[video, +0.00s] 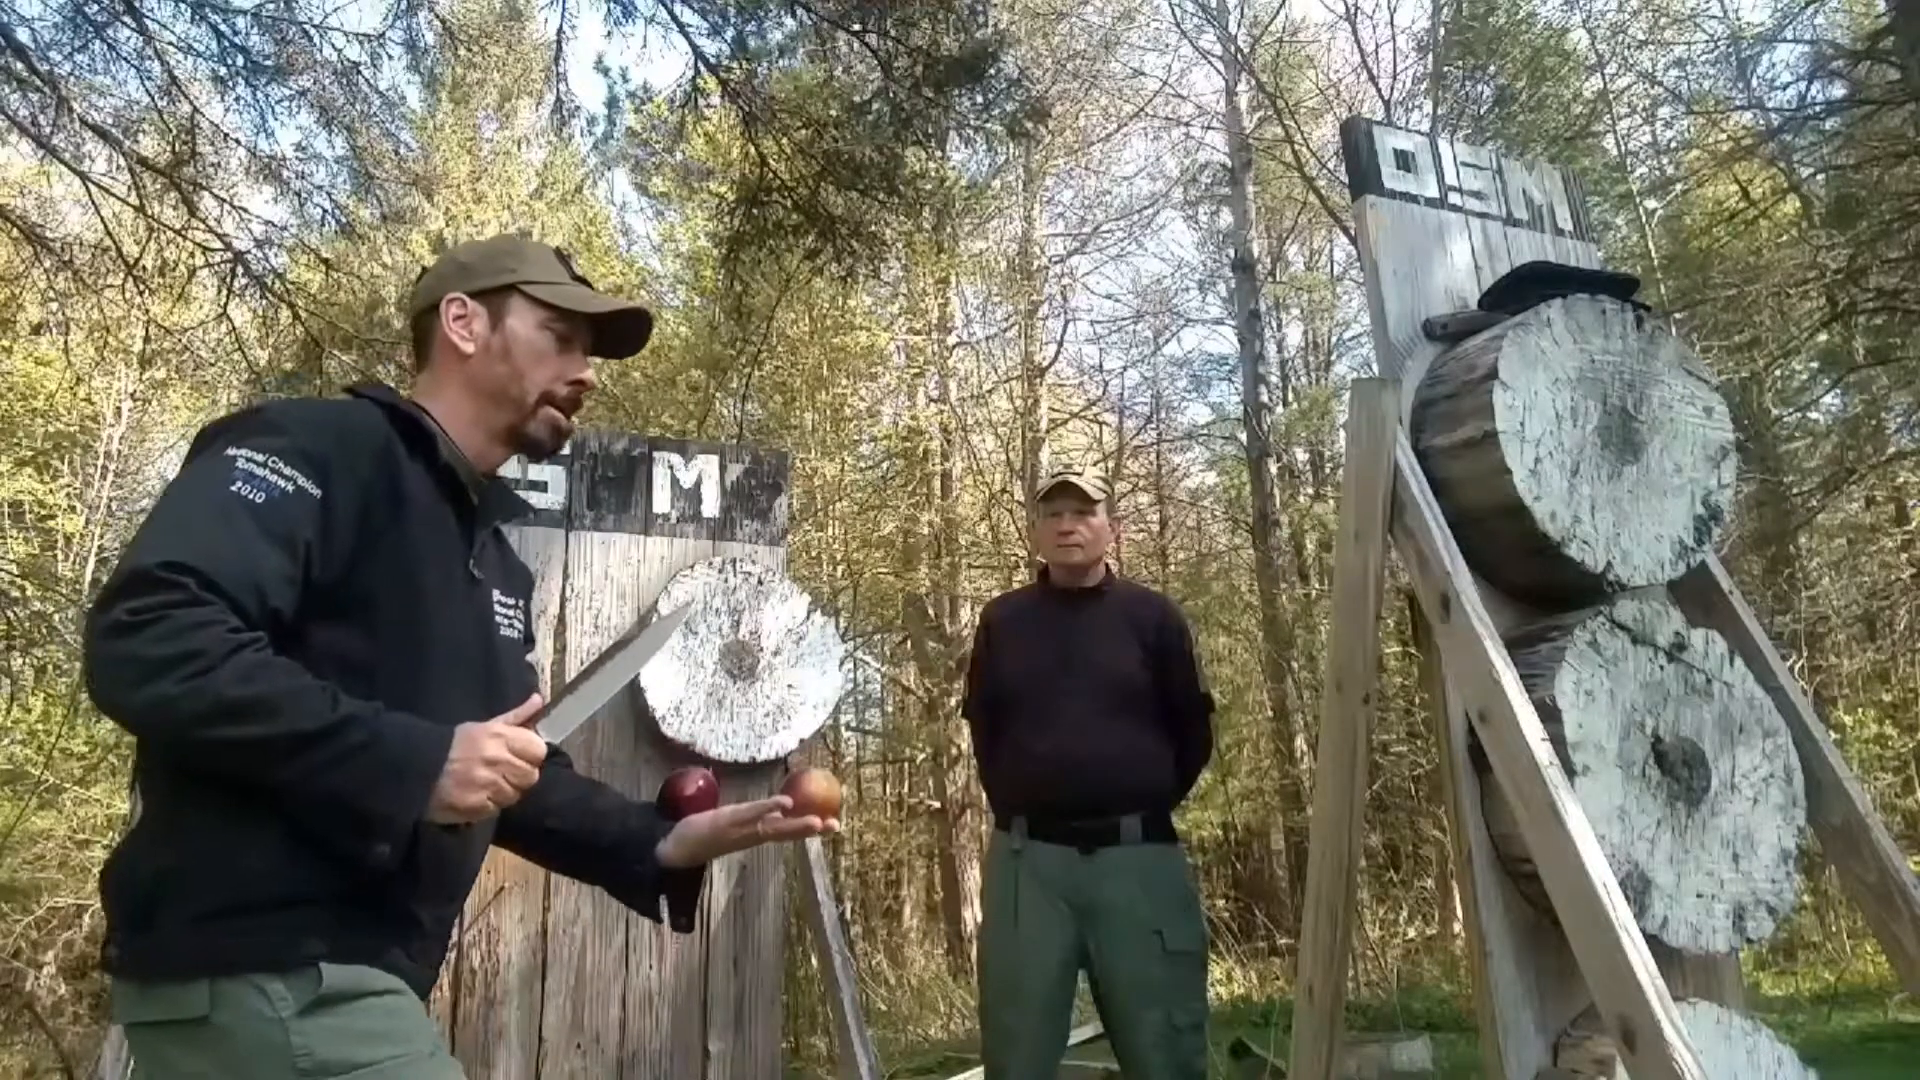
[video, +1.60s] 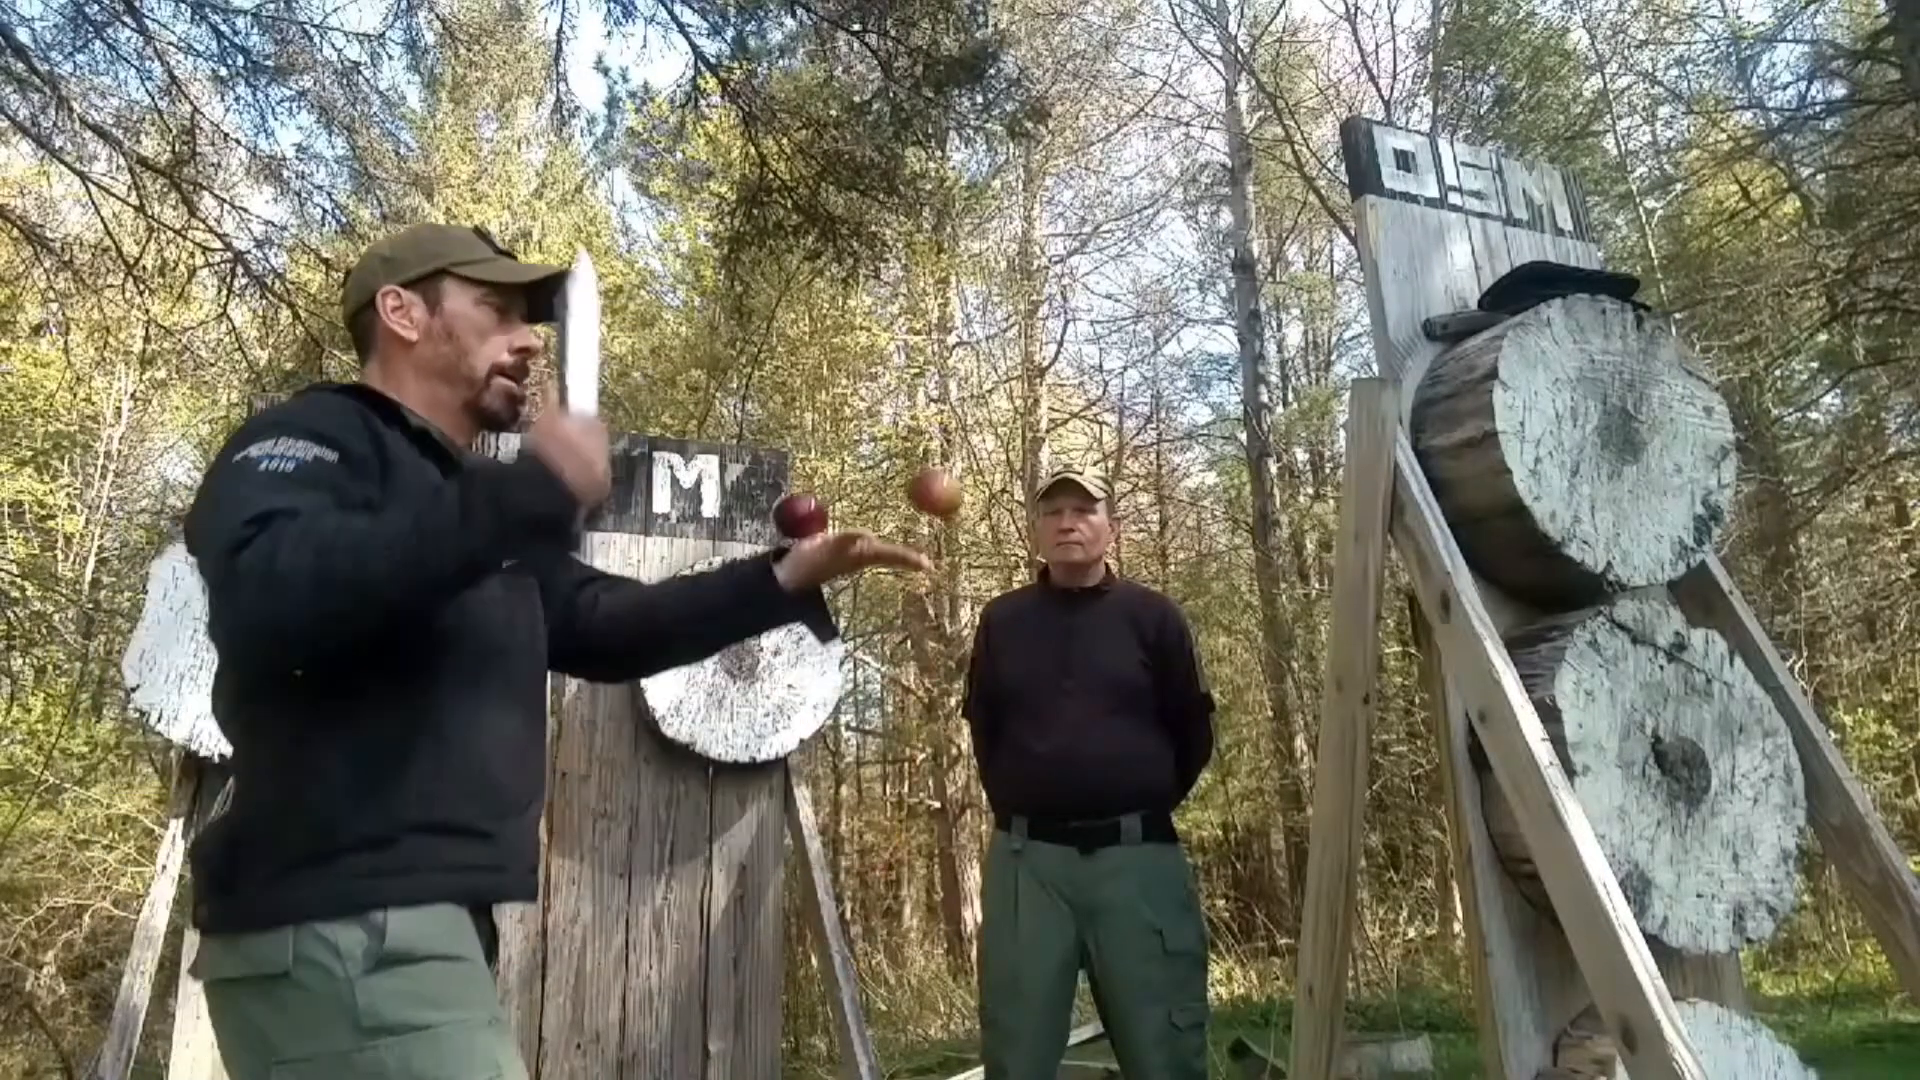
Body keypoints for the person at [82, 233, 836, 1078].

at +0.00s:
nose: (586, 374)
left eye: (592, 350)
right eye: (565, 336)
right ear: (464, 324)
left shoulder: (492, 556)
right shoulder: (312, 447)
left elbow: (492, 763)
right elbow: (146, 640)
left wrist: (657, 841)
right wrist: (417, 759)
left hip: (353, 979)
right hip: (264, 979)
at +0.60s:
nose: (572, 453)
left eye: (575, 428)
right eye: (546, 417)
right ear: (444, 409)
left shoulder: (490, 645)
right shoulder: (279, 549)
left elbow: (485, 858)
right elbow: (127, 773)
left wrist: (649, 940)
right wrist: (392, 892)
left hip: (381, 1042)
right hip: (221, 1042)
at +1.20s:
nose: (552, 450)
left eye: (555, 424)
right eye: (523, 412)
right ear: (420, 409)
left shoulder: (487, 628)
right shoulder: (264, 558)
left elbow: (548, 816)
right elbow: (149, 788)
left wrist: (716, 851)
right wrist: (421, 874)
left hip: (408, 1038)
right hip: (260, 1037)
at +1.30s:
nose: (546, 425)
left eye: (547, 399)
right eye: (518, 392)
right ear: (418, 387)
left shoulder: (487, 598)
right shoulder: (263, 537)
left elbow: (561, 765)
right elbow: (164, 749)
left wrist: (757, 776)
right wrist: (456, 806)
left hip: (416, 1021)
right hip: (290, 1025)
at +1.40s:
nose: (541, 395)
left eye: (541, 371)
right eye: (510, 359)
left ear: (425, 368)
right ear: (413, 360)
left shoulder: (484, 569)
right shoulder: (277, 506)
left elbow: (579, 719)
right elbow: (196, 704)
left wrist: (769, 699)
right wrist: (492, 707)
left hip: (408, 992)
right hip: (323, 999)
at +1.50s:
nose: (537, 370)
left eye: (538, 347)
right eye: (507, 334)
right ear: (410, 336)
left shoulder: (478, 530)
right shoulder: (292, 468)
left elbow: (598, 665)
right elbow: (234, 649)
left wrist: (780, 631)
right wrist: (518, 600)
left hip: (411, 962)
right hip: (338, 970)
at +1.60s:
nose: (529, 340)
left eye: (528, 319)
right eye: (500, 311)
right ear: (403, 314)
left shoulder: (492, 492)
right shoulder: (298, 443)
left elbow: (604, 626)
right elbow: (276, 598)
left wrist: (780, 577)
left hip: (426, 927)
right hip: (340, 932)